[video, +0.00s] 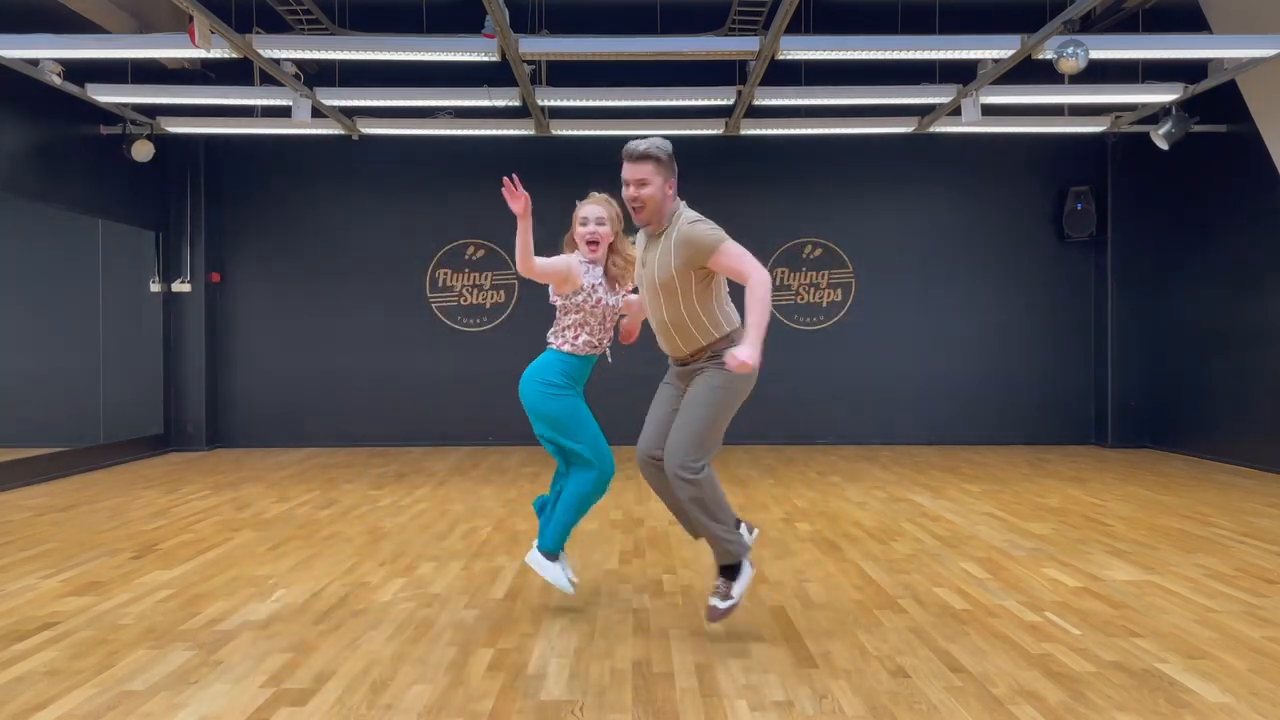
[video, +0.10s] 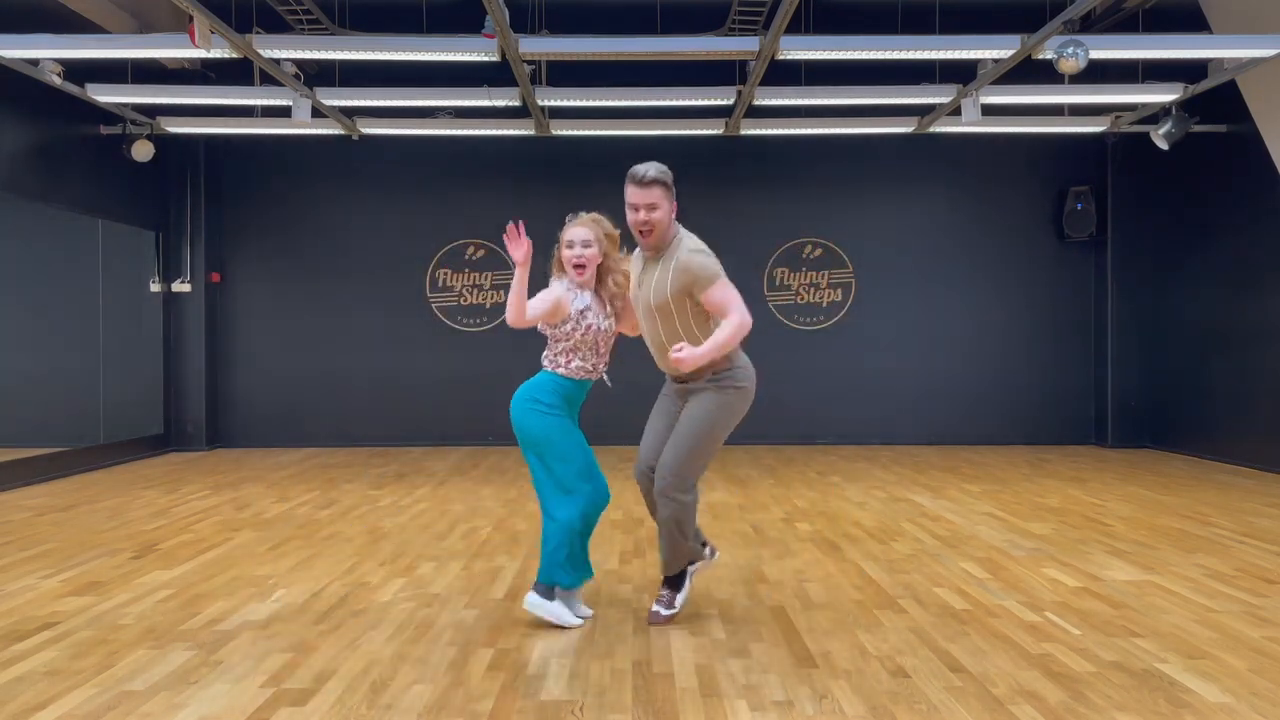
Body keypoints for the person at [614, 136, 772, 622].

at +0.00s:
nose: (632, 193)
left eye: (643, 183)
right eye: (626, 183)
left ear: (671, 185)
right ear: (622, 186)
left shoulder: (694, 233)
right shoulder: (645, 238)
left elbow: (758, 277)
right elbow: (662, 287)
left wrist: (751, 345)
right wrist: (636, 310)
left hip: (723, 362)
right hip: (681, 367)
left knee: (683, 462)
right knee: (650, 457)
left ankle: (734, 563)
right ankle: (729, 533)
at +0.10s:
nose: (642, 217)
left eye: (652, 207)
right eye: (634, 208)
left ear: (674, 207)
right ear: (626, 209)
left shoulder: (693, 260)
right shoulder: (637, 261)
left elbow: (740, 318)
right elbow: (634, 324)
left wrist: (703, 353)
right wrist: (583, 316)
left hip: (722, 382)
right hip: (676, 383)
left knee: (672, 478)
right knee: (646, 468)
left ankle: (675, 575)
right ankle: (691, 547)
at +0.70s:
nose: (687, 233)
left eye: (697, 227)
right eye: (680, 226)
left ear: (710, 236)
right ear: (668, 233)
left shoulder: (733, 290)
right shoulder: (646, 287)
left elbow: (756, 345)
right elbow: (592, 325)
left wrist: (718, 370)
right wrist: (528, 328)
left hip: (713, 400)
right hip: (659, 395)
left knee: (715, 484)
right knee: (616, 461)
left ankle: (740, 575)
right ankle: (644, 550)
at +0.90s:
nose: (668, 241)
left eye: (676, 235)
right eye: (660, 234)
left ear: (686, 243)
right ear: (645, 239)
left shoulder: (704, 296)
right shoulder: (617, 291)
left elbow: (724, 346)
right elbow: (584, 345)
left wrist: (711, 375)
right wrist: (538, 333)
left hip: (688, 407)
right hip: (633, 407)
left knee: (698, 486)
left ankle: (739, 579)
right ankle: (605, 568)